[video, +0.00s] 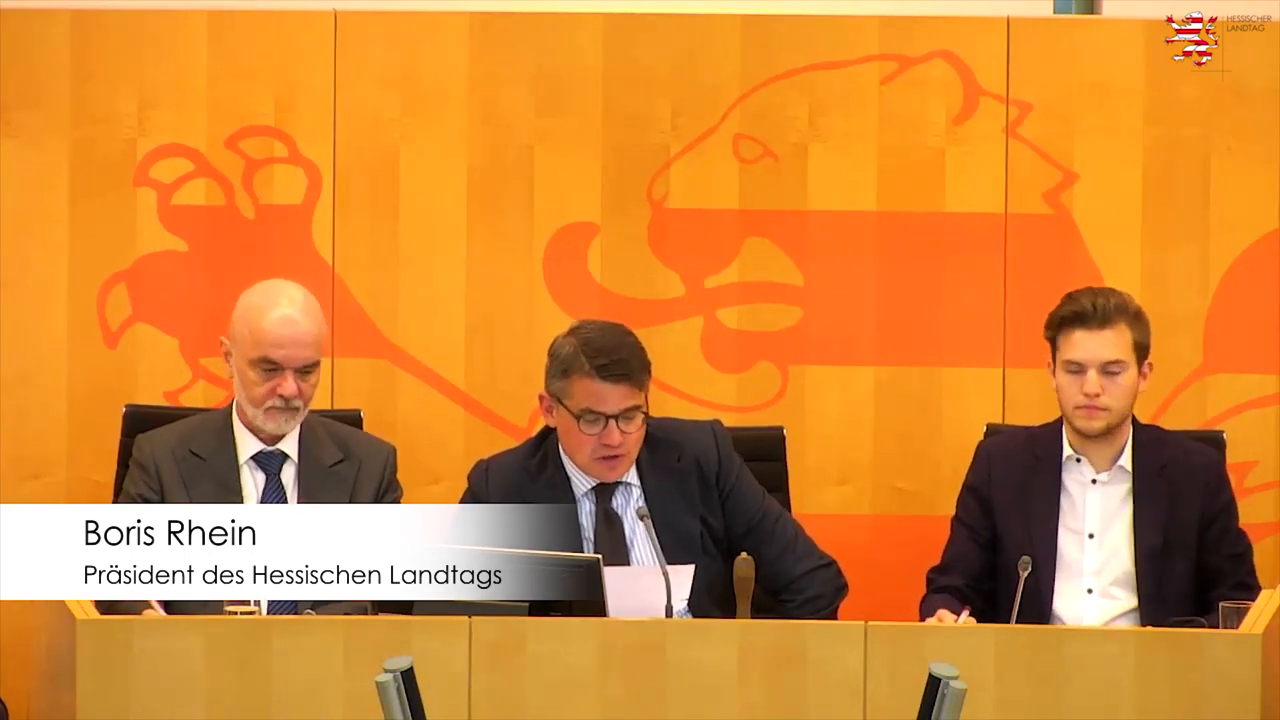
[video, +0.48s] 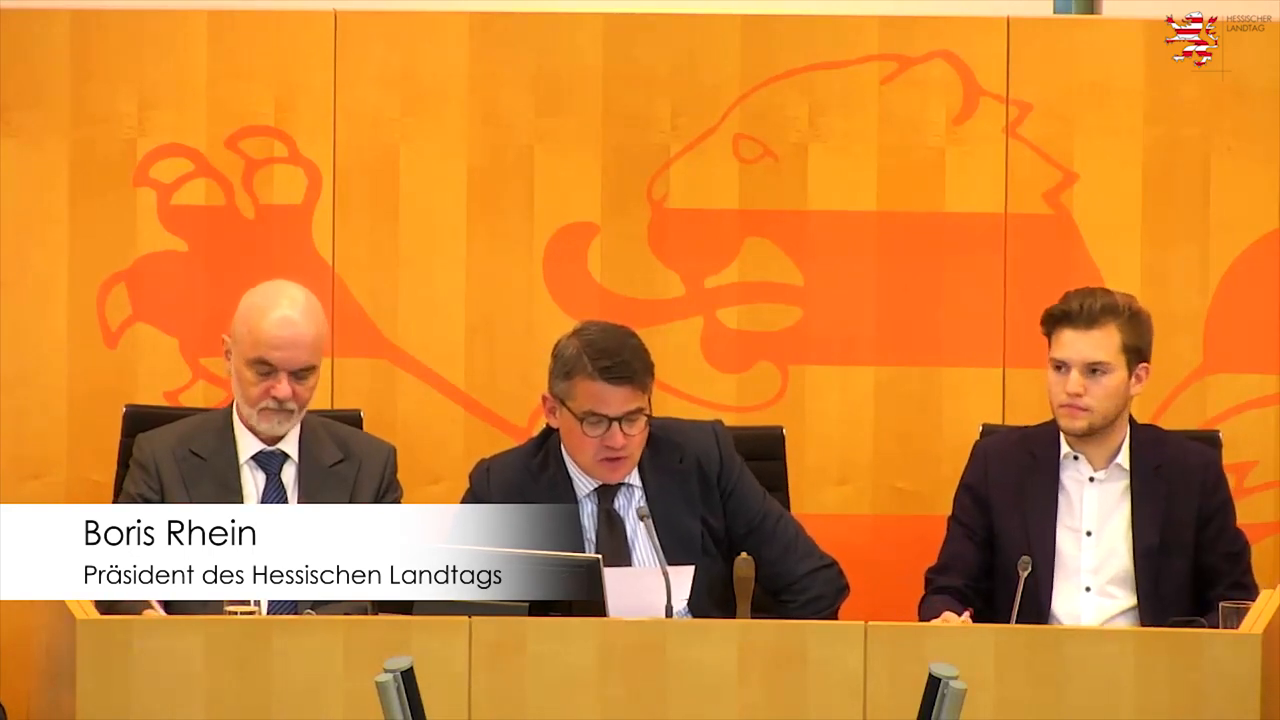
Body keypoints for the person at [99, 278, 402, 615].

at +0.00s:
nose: (289, 391)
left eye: (306, 371)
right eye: (268, 369)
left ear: (322, 362)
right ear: (227, 357)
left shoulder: (371, 463)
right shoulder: (159, 457)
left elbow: (385, 587)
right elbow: (118, 578)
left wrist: (312, 633)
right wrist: (147, 618)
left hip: (327, 664)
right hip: (197, 660)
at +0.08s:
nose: (290, 391)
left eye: (307, 371)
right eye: (270, 369)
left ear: (323, 362)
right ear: (227, 357)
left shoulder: (371, 463)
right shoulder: (159, 457)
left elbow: (386, 587)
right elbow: (118, 578)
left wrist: (312, 633)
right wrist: (147, 618)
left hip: (327, 664)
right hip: (197, 660)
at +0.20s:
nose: (292, 391)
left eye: (308, 371)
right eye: (271, 370)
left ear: (323, 363)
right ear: (228, 358)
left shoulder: (371, 463)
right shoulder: (159, 457)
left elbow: (386, 587)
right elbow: (118, 576)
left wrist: (312, 635)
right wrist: (148, 619)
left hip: (327, 666)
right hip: (197, 661)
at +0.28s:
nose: (292, 391)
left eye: (308, 371)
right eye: (271, 369)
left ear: (323, 362)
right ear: (228, 358)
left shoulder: (371, 463)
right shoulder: (160, 457)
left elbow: (387, 588)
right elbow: (118, 575)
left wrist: (313, 635)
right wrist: (145, 616)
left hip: (327, 666)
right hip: (196, 660)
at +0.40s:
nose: (289, 391)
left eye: (306, 373)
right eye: (269, 371)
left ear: (323, 363)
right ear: (228, 357)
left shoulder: (371, 463)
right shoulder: (160, 456)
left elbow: (385, 587)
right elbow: (118, 577)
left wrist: (312, 633)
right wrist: (148, 618)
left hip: (326, 664)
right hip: (197, 659)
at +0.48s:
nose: (282, 392)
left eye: (302, 374)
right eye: (263, 370)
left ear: (321, 364)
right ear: (227, 354)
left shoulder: (372, 463)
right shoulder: (159, 456)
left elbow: (389, 589)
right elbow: (117, 575)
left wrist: (314, 635)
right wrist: (145, 616)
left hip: (327, 666)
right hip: (197, 661)